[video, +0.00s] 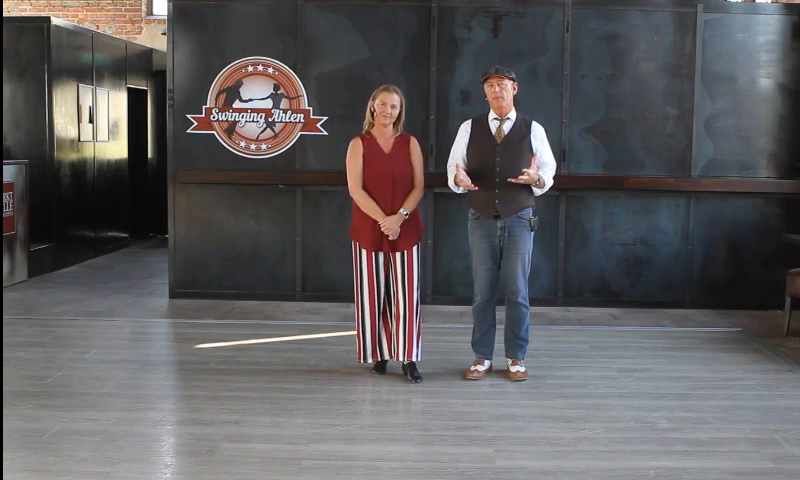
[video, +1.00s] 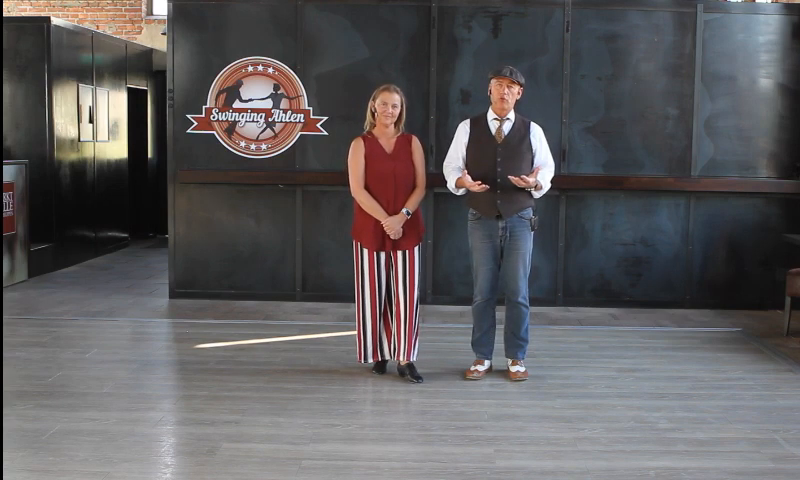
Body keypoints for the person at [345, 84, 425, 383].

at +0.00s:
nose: (388, 110)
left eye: (393, 106)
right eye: (383, 104)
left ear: (399, 110)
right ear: (373, 107)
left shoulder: (410, 143)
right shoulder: (358, 144)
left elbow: (419, 187)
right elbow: (355, 189)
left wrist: (399, 216)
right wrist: (386, 220)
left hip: (405, 229)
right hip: (369, 230)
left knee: (407, 295)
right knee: (373, 295)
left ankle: (409, 358)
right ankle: (379, 355)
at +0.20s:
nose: (388, 110)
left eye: (393, 106)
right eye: (383, 104)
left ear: (399, 110)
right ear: (373, 107)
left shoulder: (410, 143)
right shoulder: (358, 144)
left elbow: (419, 187)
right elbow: (355, 189)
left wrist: (400, 216)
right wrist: (386, 221)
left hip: (405, 230)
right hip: (369, 231)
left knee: (407, 295)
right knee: (373, 295)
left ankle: (409, 358)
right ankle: (379, 355)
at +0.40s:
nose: (388, 110)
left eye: (393, 106)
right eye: (383, 104)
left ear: (399, 110)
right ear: (373, 107)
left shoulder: (411, 143)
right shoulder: (358, 144)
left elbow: (419, 187)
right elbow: (355, 189)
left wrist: (399, 216)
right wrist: (386, 220)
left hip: (405, 230)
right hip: (369, 231)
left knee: (407, 295)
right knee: (373, 295)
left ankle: (409, 358)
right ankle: (379, 355)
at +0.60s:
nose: (388, 110)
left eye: (393, 106)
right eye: (383, 104)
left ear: (400, 110)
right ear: (373, 107)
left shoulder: (411, 143)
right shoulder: (359, 144)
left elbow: (420, 187)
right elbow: (355, 190)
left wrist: (400, 216)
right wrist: (386, 220)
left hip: (405, 231)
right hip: (370, 231)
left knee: (406, 296)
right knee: (373, 295)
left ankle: (406, 359)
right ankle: (379, 356)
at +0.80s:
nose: (388, 110)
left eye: (394, 105)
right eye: (384, 104)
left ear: (400, 110)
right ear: (374, 107)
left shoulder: (412, 143)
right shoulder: (359, 144)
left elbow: (420, 186)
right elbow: (356, 189)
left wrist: (401, 216)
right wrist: (387, 220)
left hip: (406, 230)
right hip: (370, 231)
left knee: (406, 295)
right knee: (373, 295)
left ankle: (406, 358)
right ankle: (379, 356)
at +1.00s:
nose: (389, 110)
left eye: (394, 105)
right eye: (384, 104)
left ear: (401, 110)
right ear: (374, 107)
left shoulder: (412, 143)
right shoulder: (360, 144)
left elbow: (421, 186)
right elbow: (357, 189)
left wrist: (401, 216)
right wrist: (388, 220)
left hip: (406, 231)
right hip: (371, 231)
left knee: (407, 296)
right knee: (373, 295)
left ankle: (405, 359)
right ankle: (379, 356)